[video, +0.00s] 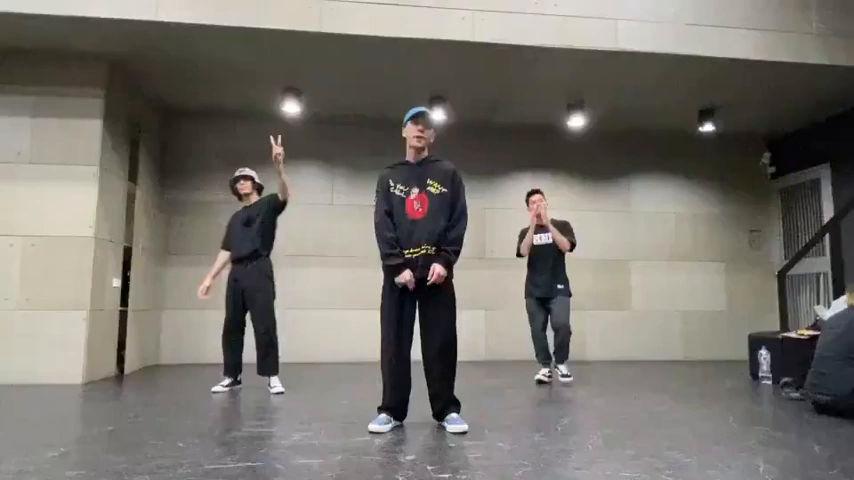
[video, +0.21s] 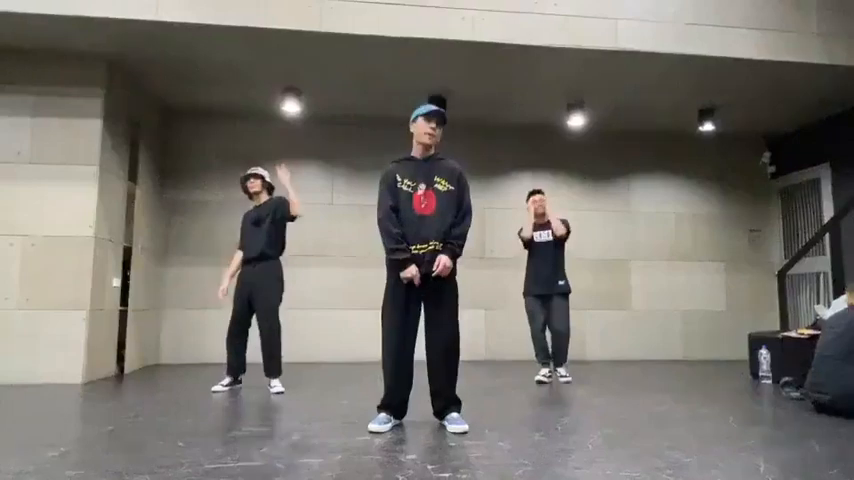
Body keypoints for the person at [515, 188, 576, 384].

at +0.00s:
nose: (538, 205)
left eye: (540, 201)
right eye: (533, 203)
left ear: (546, 203)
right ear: (528, 208)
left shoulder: (561, 225)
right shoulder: (526, 232)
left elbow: (567, 247)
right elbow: (522, 252)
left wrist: (548, 224)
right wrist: (533, 225)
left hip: (558, 286)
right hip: (534, 288)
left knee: (561, 325)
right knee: (537, 329)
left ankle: (561, 364)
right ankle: (545, 366)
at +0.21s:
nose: (538, 203)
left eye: (541, 200)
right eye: (534, 201)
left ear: (546, 204)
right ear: (529, 206)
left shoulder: (560, 223)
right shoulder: (526, 228)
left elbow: (560, 233)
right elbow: (526, 236)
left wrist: (548, 212)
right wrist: (531, 214)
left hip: (558, 286)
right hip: (533, 287)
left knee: (561, 329)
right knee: (537, 328)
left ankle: (560, 366)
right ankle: (545, 366)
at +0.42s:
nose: (541, 202)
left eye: (544, 199)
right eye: (537, 199)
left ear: (548, 204)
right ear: (529, 204)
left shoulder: (554, 225)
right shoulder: (524, 228)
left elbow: (566, 224)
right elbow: (522, 229)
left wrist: (561, 219)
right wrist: (531, 218)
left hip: (558, 283)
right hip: (534, 285)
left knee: (565, 326)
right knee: (538, 327)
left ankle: (560, 363)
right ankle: (545, 366)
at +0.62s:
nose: (543, 203)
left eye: (546, 201)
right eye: (539, 200)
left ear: (550, 207)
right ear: (533, 205)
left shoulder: (555, 226)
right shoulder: (526, 228)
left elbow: (568, 219)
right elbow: (525, 223)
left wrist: (555, 202)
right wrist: (532, 208)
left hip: (559, 283)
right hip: (535, 285)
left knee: (565, 324)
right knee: (540, 327)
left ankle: (568, 370)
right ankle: (547, 370)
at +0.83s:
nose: (549, 205)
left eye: (551, 202)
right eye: (545, 202)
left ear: (554, 206)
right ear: (536, 205)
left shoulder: (557, 226)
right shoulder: (528, 227)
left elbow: (571, 216)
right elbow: (529, 222)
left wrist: (558, 197)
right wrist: (537, 206)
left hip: (560, 282)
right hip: (536, 284)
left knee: (567, 319)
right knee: (541, 328)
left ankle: (573, 362)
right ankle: (550, 369)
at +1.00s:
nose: (552, 209)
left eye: (555, 206)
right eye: (549, 205)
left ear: (558, 208)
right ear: (540, 206)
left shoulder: (560, 227)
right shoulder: (530, 228)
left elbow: (572, 219)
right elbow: (532, 222)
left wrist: (562, 199)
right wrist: (544, 203)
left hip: (561, 280)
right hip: (538, 283)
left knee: (568, 318)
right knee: (543, 328)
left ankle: (567, 363)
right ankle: (552, 368)